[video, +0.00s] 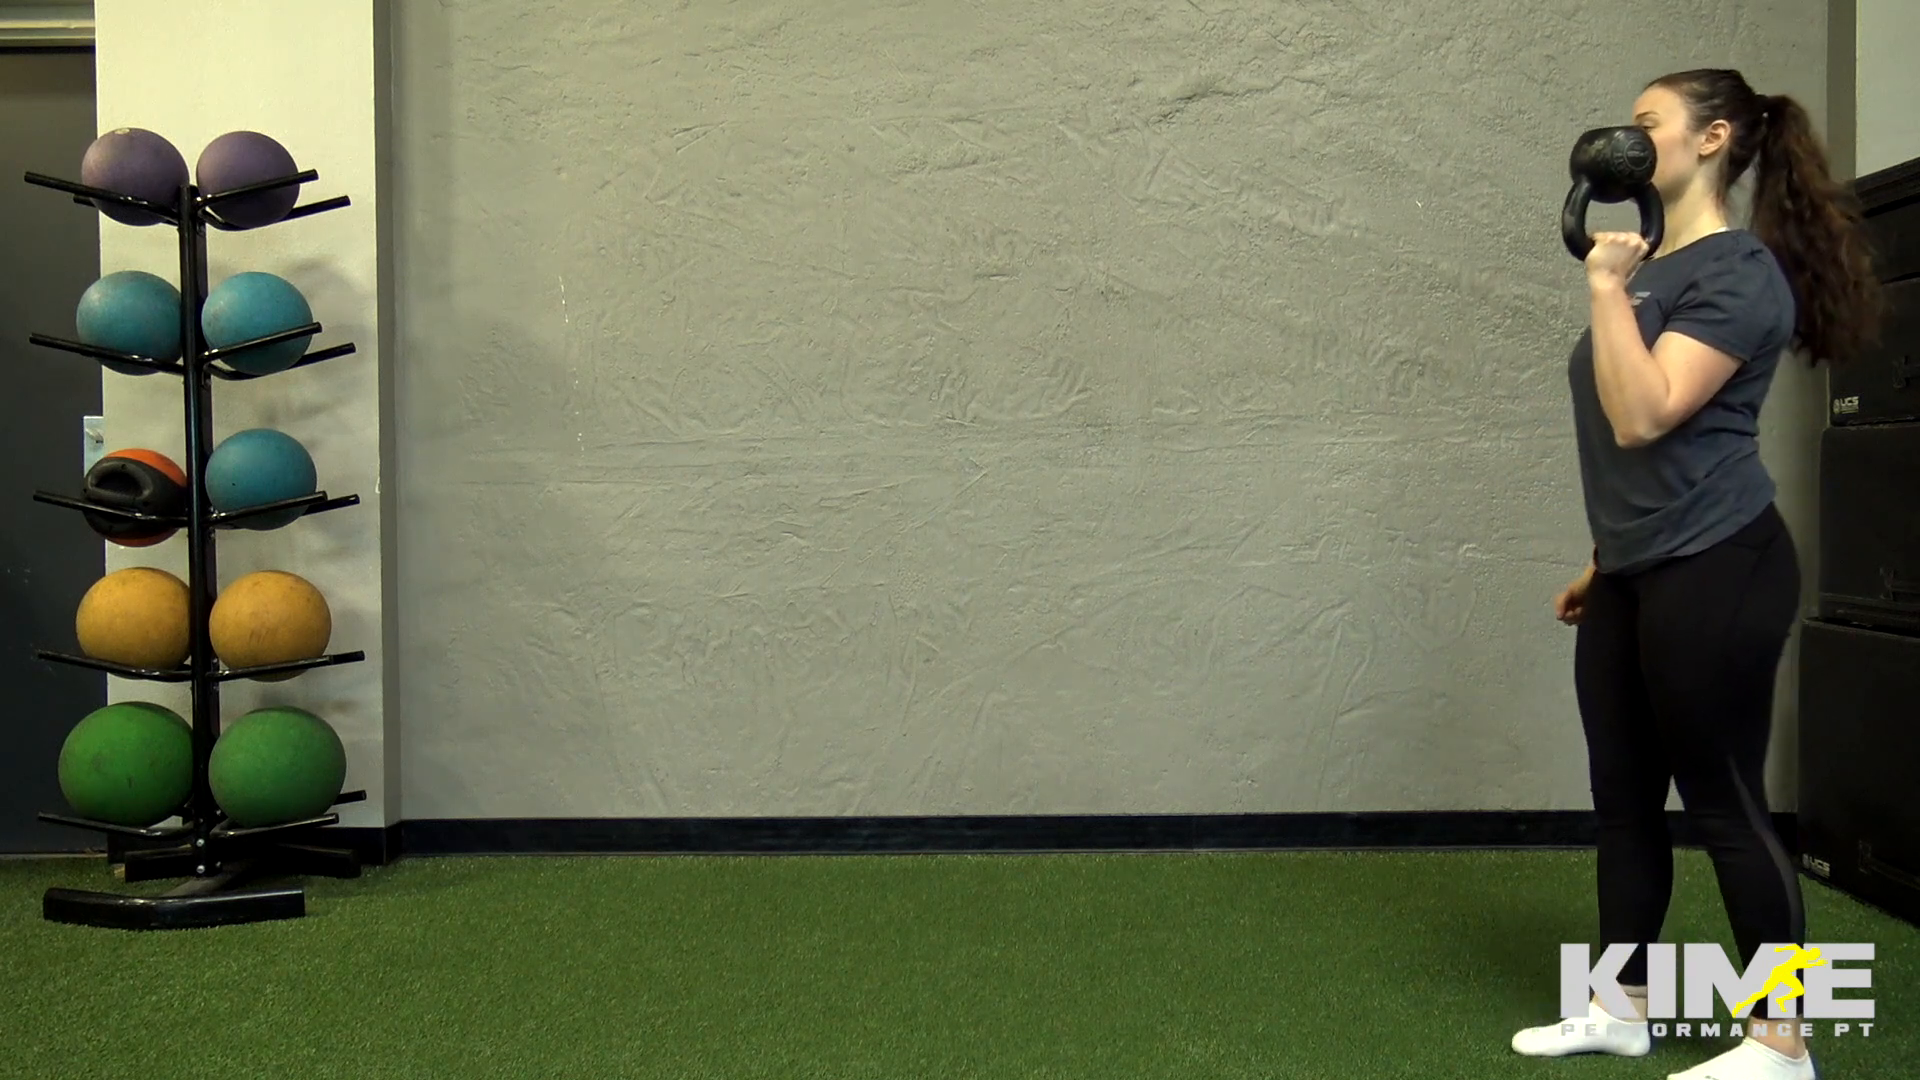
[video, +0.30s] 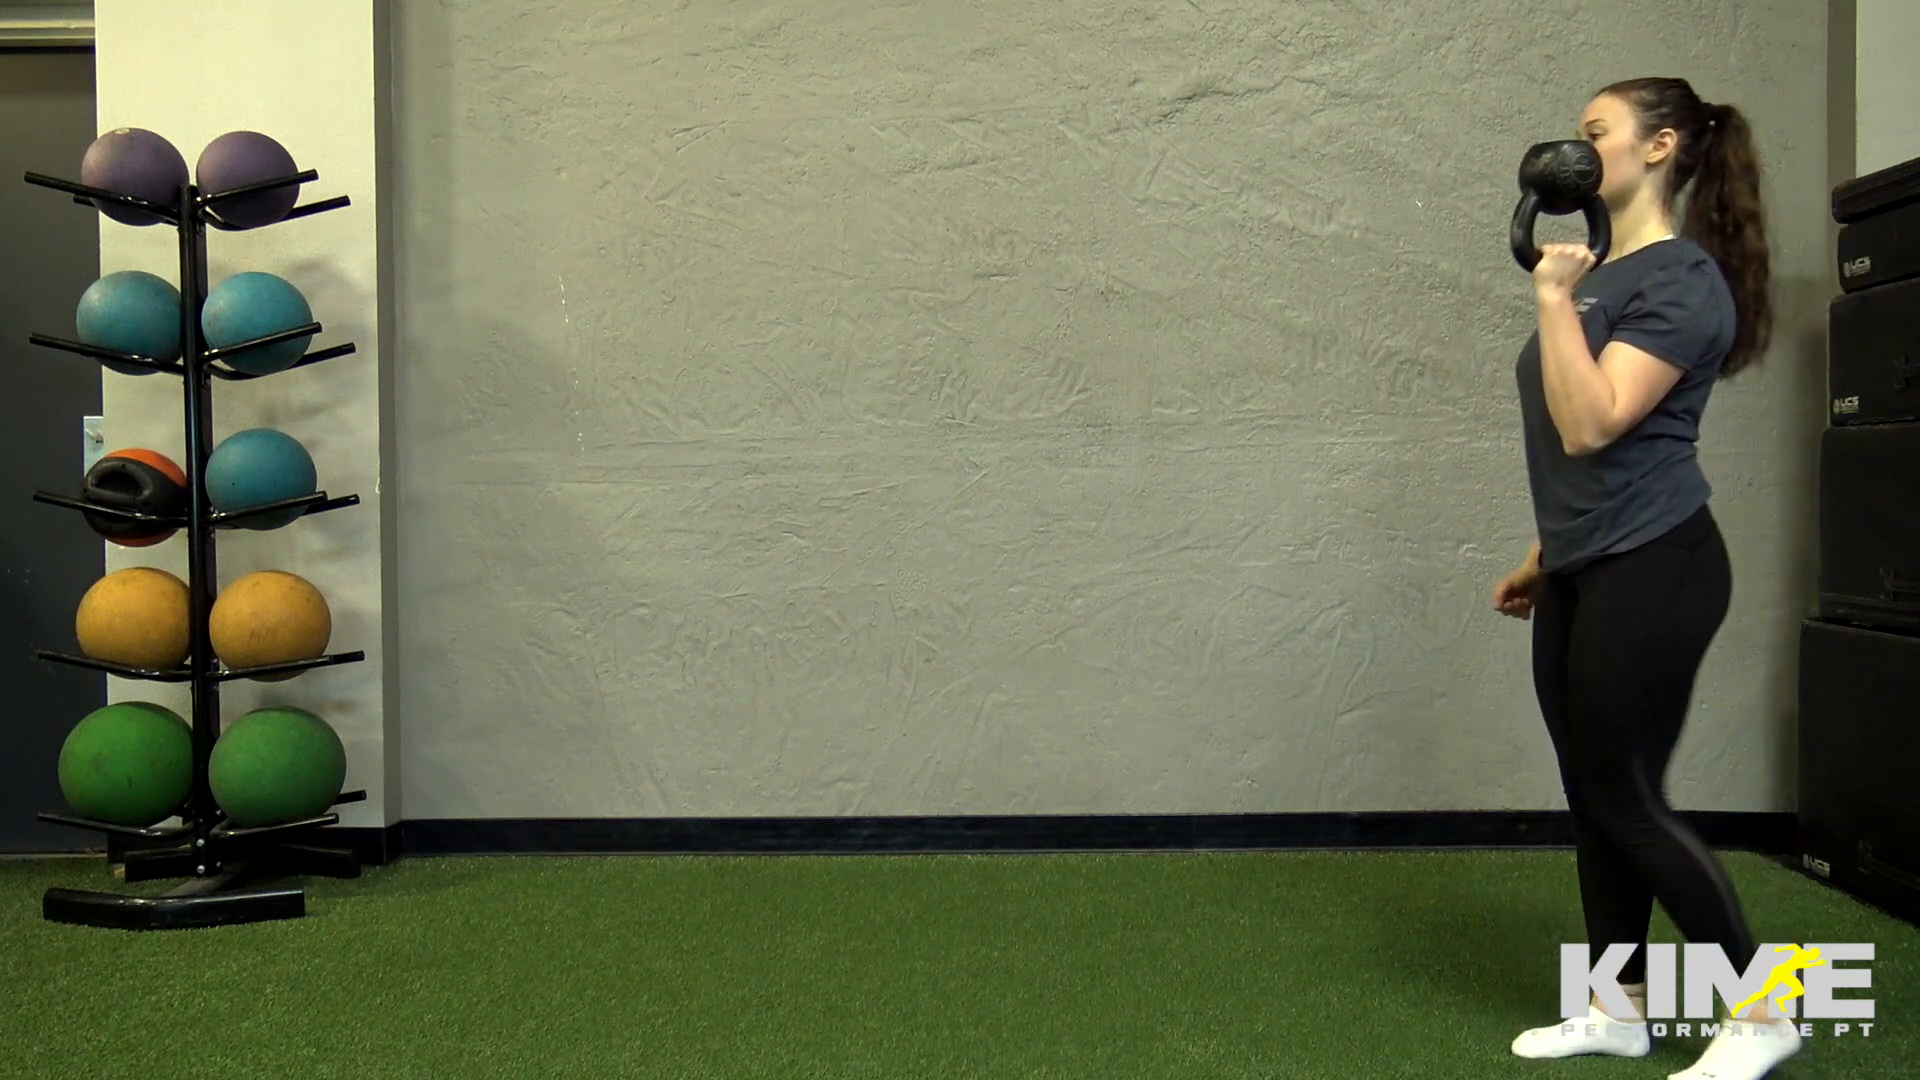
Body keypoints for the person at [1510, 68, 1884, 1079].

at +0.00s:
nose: (1628, 151)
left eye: (1647, 134)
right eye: (1630, 134)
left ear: (1716, 140)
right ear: (1699, 142)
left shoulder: (1743, 274)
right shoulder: (1653, 266)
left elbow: (1642, 413)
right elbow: (1644, 443)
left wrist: (1607, 284)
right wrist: (1606, 560)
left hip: (1718, 564)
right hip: (1633, 572)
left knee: (1724, 801)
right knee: (1624, 797)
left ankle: (1782, 1036)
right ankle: (1620, 1006)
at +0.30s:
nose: (1580, 157)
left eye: (1597, 140)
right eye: (1581, 141)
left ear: (1662, 147)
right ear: (1644, 149)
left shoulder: (1685, 280)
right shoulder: (1601, 271)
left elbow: (1592, 422)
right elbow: (1585, 442)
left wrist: (1554, 297)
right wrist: (1545, 554)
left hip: (1653, 562)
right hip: (1583, 569)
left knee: (1624, 795)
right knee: (1594, 792)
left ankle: (1763, 996)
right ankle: (1620, 1006)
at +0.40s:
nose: (1559, 155)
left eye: (1578, 139)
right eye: (1562, 140)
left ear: (1642, 149)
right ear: (1621, 152)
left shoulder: (1668, 282)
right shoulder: (1587, 274)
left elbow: (1571, 431)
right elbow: (1576, 444)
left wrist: (1534, 301)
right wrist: (1531, 553)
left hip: (1634, 562)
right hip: (1571, 565)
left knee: (1555, 791)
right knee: (1588, 793)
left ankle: (1700, 991)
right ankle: (1619, 1002)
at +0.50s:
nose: (1546, 155)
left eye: (1565, 140)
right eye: (1549, 140)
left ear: (1629, 151)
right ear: (1607, 153)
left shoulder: (1655, 283)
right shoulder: (1574, 274)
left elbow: (1558, 431)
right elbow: (1566, 442)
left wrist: (1520, 306)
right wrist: (1526, 553)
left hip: (1620, 560)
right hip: (1571, 564)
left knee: (1519, 783)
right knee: (1593, 793)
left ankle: (1626, 1001)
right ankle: (1623, 1000)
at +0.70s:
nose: (1510, 158)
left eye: (1529, 141)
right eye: (1511, 143)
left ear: (1592, 157)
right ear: (1561, 161)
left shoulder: (1616, 285)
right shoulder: (1534, 280)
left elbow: (1524, 430)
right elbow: (1534, 442)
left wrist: (1484, 308)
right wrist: (1505, 559)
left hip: (1590, 560)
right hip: (1547, 567)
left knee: (1484, 779)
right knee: (1570, 788)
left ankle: (1449, 1006)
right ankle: (1614, 1008)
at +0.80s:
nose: (1495, 160)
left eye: (1513, 143)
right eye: (1496, 146)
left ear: (1576, 158)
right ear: (1549, 162)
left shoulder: (1599, 286)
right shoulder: (1522, 281)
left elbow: (1507, 431)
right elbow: (1527, 442)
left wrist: (1467, 309)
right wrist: (1495, 561)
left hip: (1573, 562)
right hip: (1536, 567)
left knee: (1478, 782)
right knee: (1562, 788)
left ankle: (1424, 1005)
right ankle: (1611, 1004)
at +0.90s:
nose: (1479, 159)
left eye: (1497, 143)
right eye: (1481, 145)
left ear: (1558, 157)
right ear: (1537, 161)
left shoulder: (1584, 286)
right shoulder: (1510, 284)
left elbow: (1490, 432)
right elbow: (1505, 442)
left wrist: (1451, 309)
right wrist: (1479, 563)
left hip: (1557, 562)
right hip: (1520, 567)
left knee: (1468, 785)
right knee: (1550, 787)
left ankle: (1428, 1010)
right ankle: (1608, 1002)